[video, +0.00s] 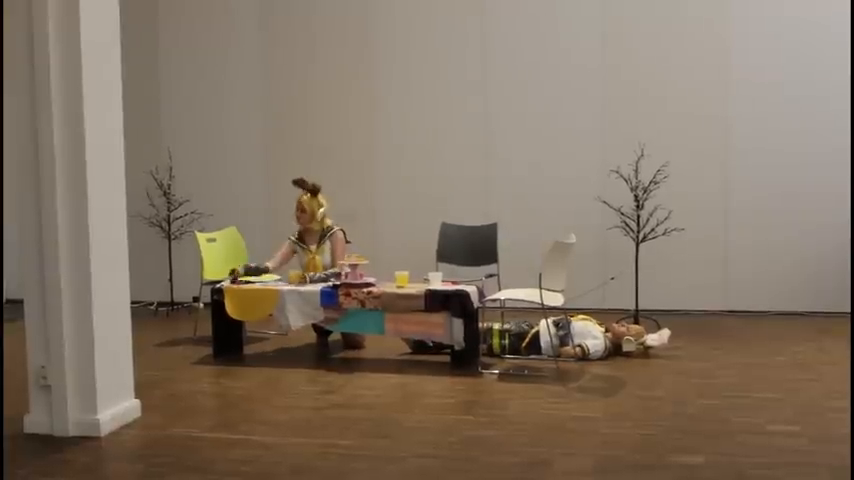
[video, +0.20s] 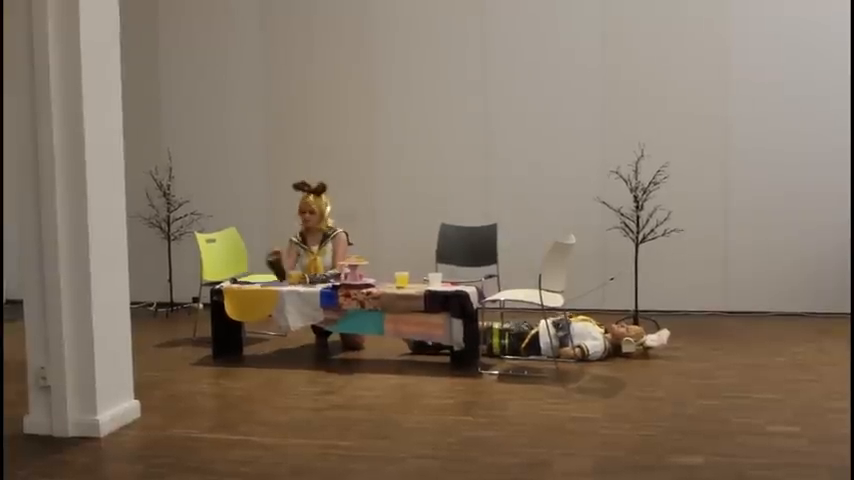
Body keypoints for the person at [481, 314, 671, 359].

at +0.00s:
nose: (620, 324)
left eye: (624, 327)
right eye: (624, 323)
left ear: (622, 337)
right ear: (619, 327)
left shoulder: (600, 344)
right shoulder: (598, 331)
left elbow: (568, 352)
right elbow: (568, 328)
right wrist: (553, 323)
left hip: (537, 341)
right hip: (535, 328)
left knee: (488, 342)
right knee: (486, 331)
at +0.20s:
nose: (620, 324)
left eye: (623, 328)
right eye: (623, 324)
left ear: (622, 338)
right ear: (619, 327)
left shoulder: (599, 345)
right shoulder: (598, 332)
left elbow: (568, 353)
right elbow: (569, 328)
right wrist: (560, 321)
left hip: (536, 341)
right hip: (535, 329)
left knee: (487, 341)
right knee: (485, 332)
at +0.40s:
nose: (619, 324)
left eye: (623, 328)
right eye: (623, 324)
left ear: (622, 338)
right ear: (619, 325)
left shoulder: (600, 345)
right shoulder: (598, 331)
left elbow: (570, 352)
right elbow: (568, 328)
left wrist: (552, 351)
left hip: (538, 341)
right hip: (536, 329)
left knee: (490, 331)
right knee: (490, 325)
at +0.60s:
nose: (622, 325)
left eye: (626, 329)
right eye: (626, 324)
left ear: (625, 340)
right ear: (621, 324)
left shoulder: (600, 345)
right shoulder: (598, 328)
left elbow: (571, 353)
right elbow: (569, 323)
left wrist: (561, 342)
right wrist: (577, 312)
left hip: (536, 342)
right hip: (535, 330)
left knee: (502, 320)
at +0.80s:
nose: (622, 325)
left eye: (627, 329)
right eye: (626, 324)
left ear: (624, 341)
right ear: (620, 326)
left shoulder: (599, 345)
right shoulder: (599, 333)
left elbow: (565, 354)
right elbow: (570, 327)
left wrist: (569, 348)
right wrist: (574, 315)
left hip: (534, 341)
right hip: (534, 332)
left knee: (496, 308)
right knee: (490, 333)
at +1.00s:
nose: (621, 324)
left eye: (626, 328)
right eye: (625, 323)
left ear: (624, 339)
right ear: (619, 325)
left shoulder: (599, 345)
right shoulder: (594, 328)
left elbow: (567, 354)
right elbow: (561, 323)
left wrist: (559, 348)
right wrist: (562, 319)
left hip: (532, 341)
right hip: (531, 331)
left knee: (492, 305)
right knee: (482, 331)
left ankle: (452, 334)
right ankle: (439, 345)